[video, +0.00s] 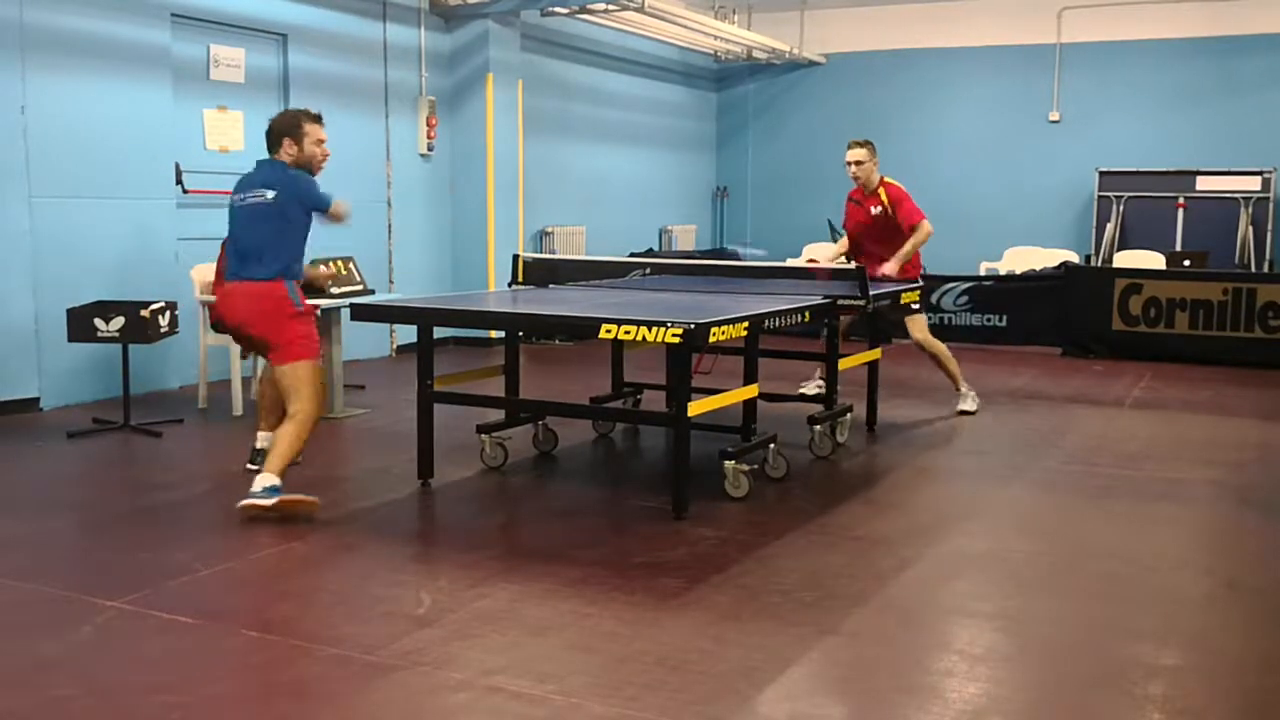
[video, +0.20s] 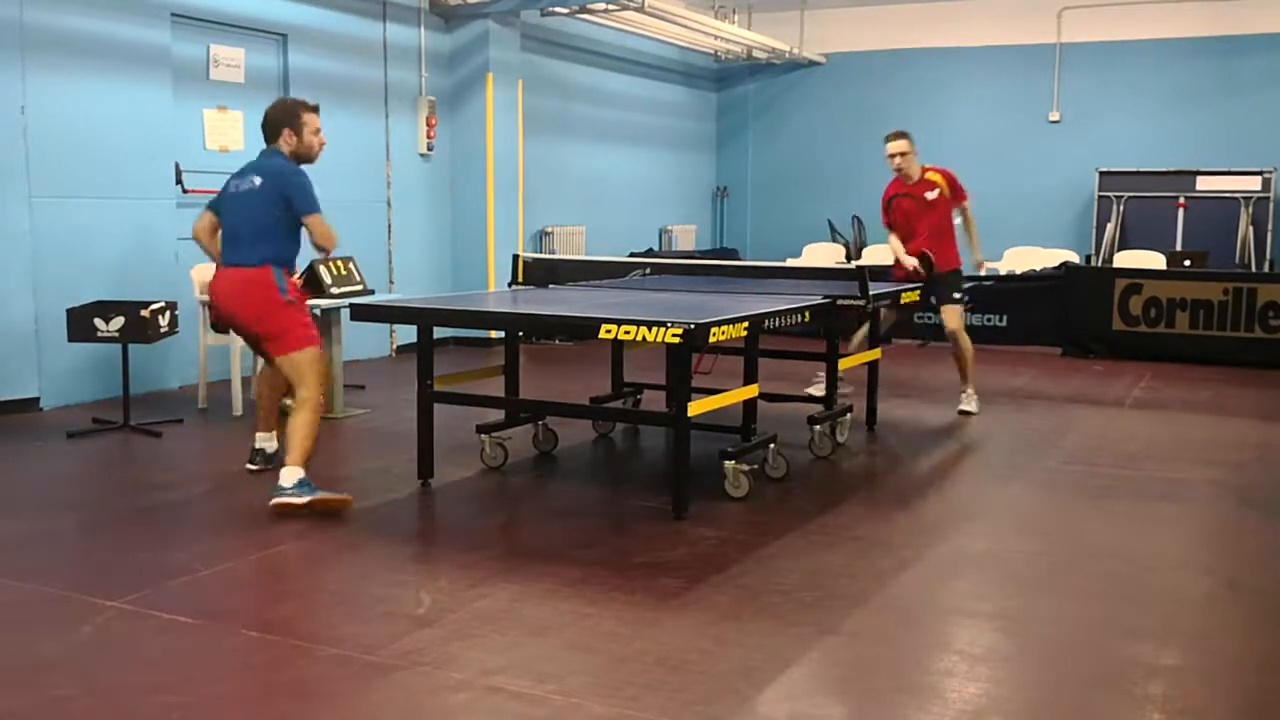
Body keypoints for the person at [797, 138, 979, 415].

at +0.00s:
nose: (852, 170)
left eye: (858, 164)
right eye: (849, 165)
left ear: (874, 164)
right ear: (846, 167)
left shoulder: (892, 192)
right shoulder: (853, 198)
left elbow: (924, 229)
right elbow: (851, 237)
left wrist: (896, 261)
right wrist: (828, 258)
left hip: (902, 281)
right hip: (866, 281)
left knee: (921, 337)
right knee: (836, 325)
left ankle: (964, 390)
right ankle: (824, 380)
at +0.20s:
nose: (897, 161)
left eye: (902, 155)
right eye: (891, 157)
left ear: (915, 154)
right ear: (888, 160)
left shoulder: (942, 178)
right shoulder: (891, 193)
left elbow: (965, 213)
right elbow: (892, 234)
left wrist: (976, 253)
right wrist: (903, 256)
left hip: (945, 270)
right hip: (908, 273)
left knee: (953, 328)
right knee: (875, 325)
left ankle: (968, 391)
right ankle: (835, 375)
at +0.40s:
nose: (950, 139)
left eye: (956, 133)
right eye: (945, 134)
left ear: (966, 134)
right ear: (938, 136)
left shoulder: (985, 164)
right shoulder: (929, 173)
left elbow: (997, 204)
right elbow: (918, 218)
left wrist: (1004, 240)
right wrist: (918, 260)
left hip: (980, 253)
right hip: (942, 257)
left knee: (994, 317)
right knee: (940, 323)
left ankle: (1004, 384)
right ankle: (944, 381)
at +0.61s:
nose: (1013, 146)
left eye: (1017, 140)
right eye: (1006, 141)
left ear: (1022, 141)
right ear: (992, 144)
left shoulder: (1028, 175)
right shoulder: (978, 178)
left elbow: (1027, 221)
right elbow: (950, 213)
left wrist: (1027, 258)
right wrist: (958, 242)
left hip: (1019, 270)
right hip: (984, 271)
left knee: (1049, 320)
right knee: (973, 333)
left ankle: (1060, 389)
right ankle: (951, 384)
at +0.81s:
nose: (1073, 135)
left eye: (1075, 129)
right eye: (1068, 129)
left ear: (1072, 132)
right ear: (1050, 132)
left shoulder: (1067, 166)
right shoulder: (1029, 169)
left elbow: (1063, 211)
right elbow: (1012, 214)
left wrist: (1070, 249)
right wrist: (1033, 247)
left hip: (1065, 257)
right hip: (1040, 258)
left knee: (1075, 320)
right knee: (1037, 322)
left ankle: (1064, 388)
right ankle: (978, 365)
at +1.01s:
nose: (1117, 132)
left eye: (1116, 127)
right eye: (1113, 127)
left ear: (1098, 130)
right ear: (1097, 129)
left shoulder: (1086, 164)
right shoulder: (1076, 163)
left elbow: (1079, 212)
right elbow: (1064, 211)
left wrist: (1093, 249)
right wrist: (1078, 251)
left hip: (1080, 254)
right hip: (1084, 254)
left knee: (1075, 318)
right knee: (1109, 315)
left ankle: (1063, 383)